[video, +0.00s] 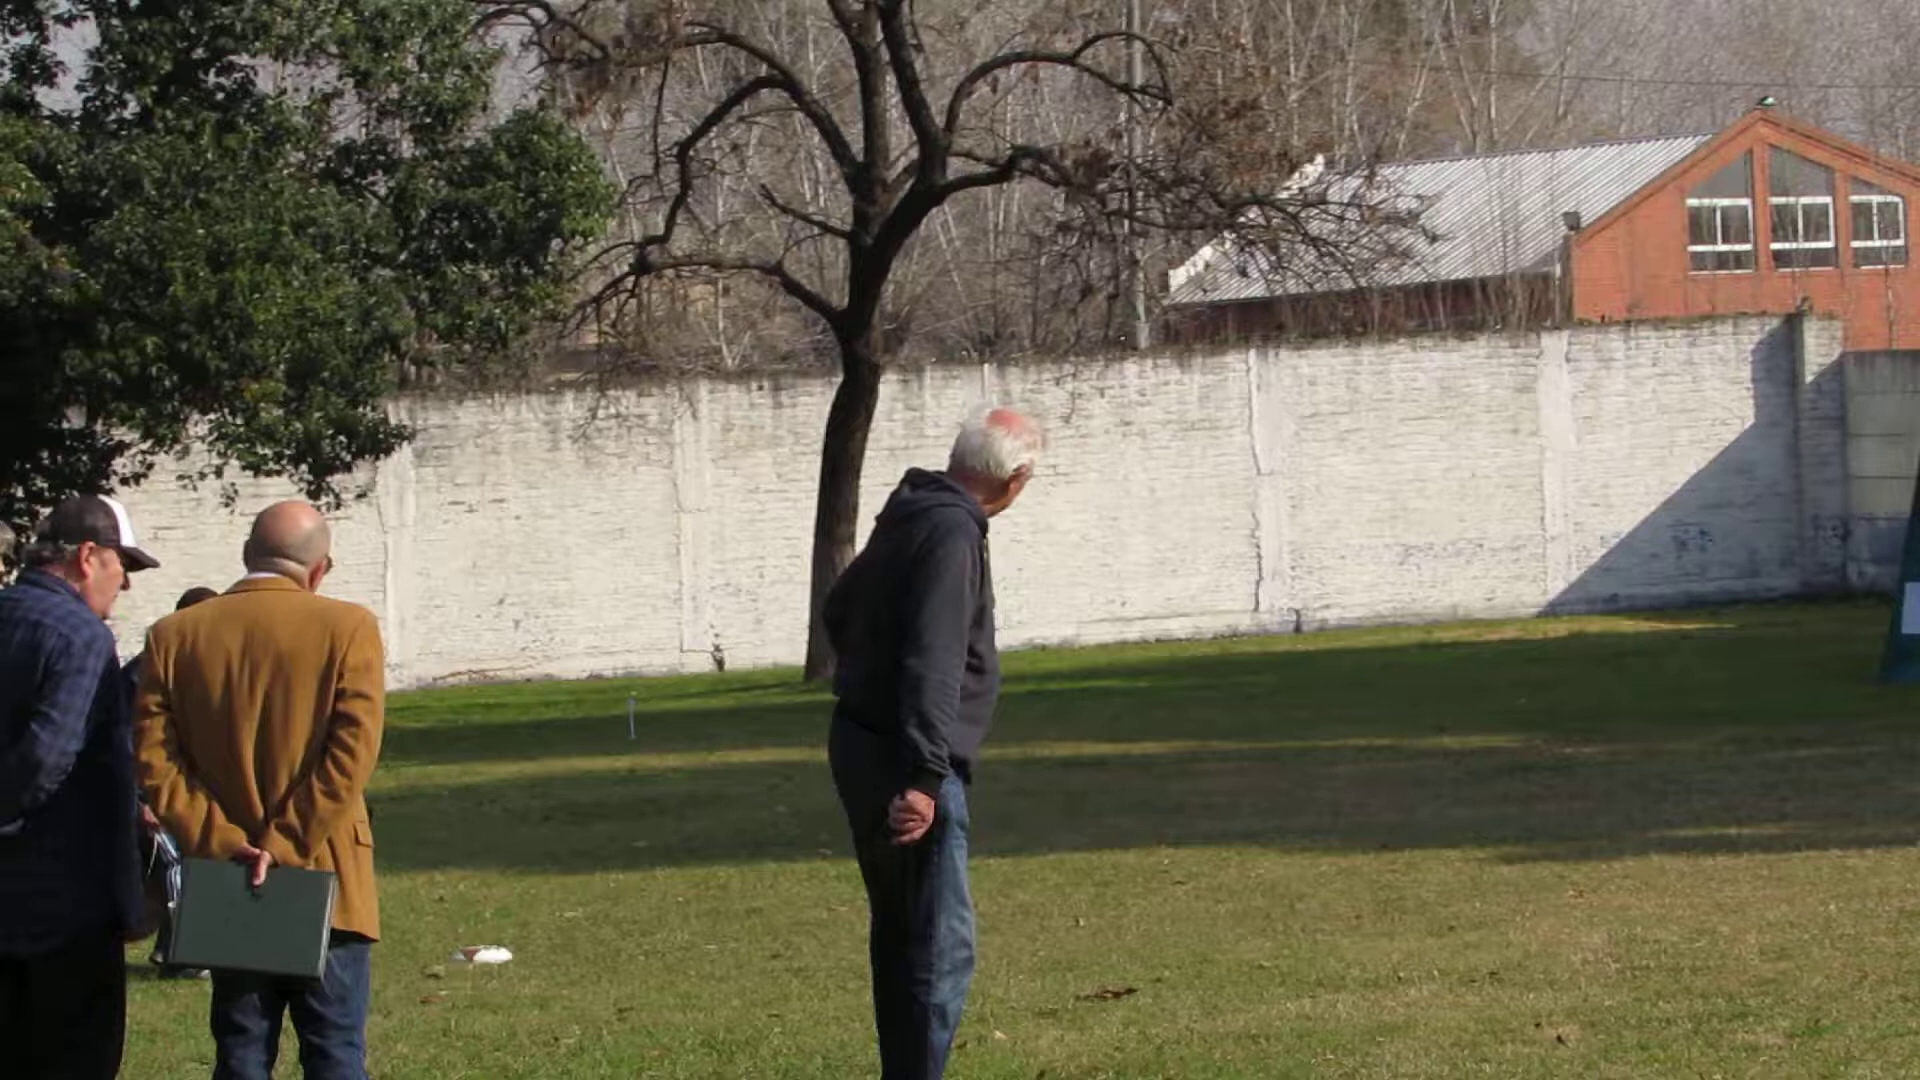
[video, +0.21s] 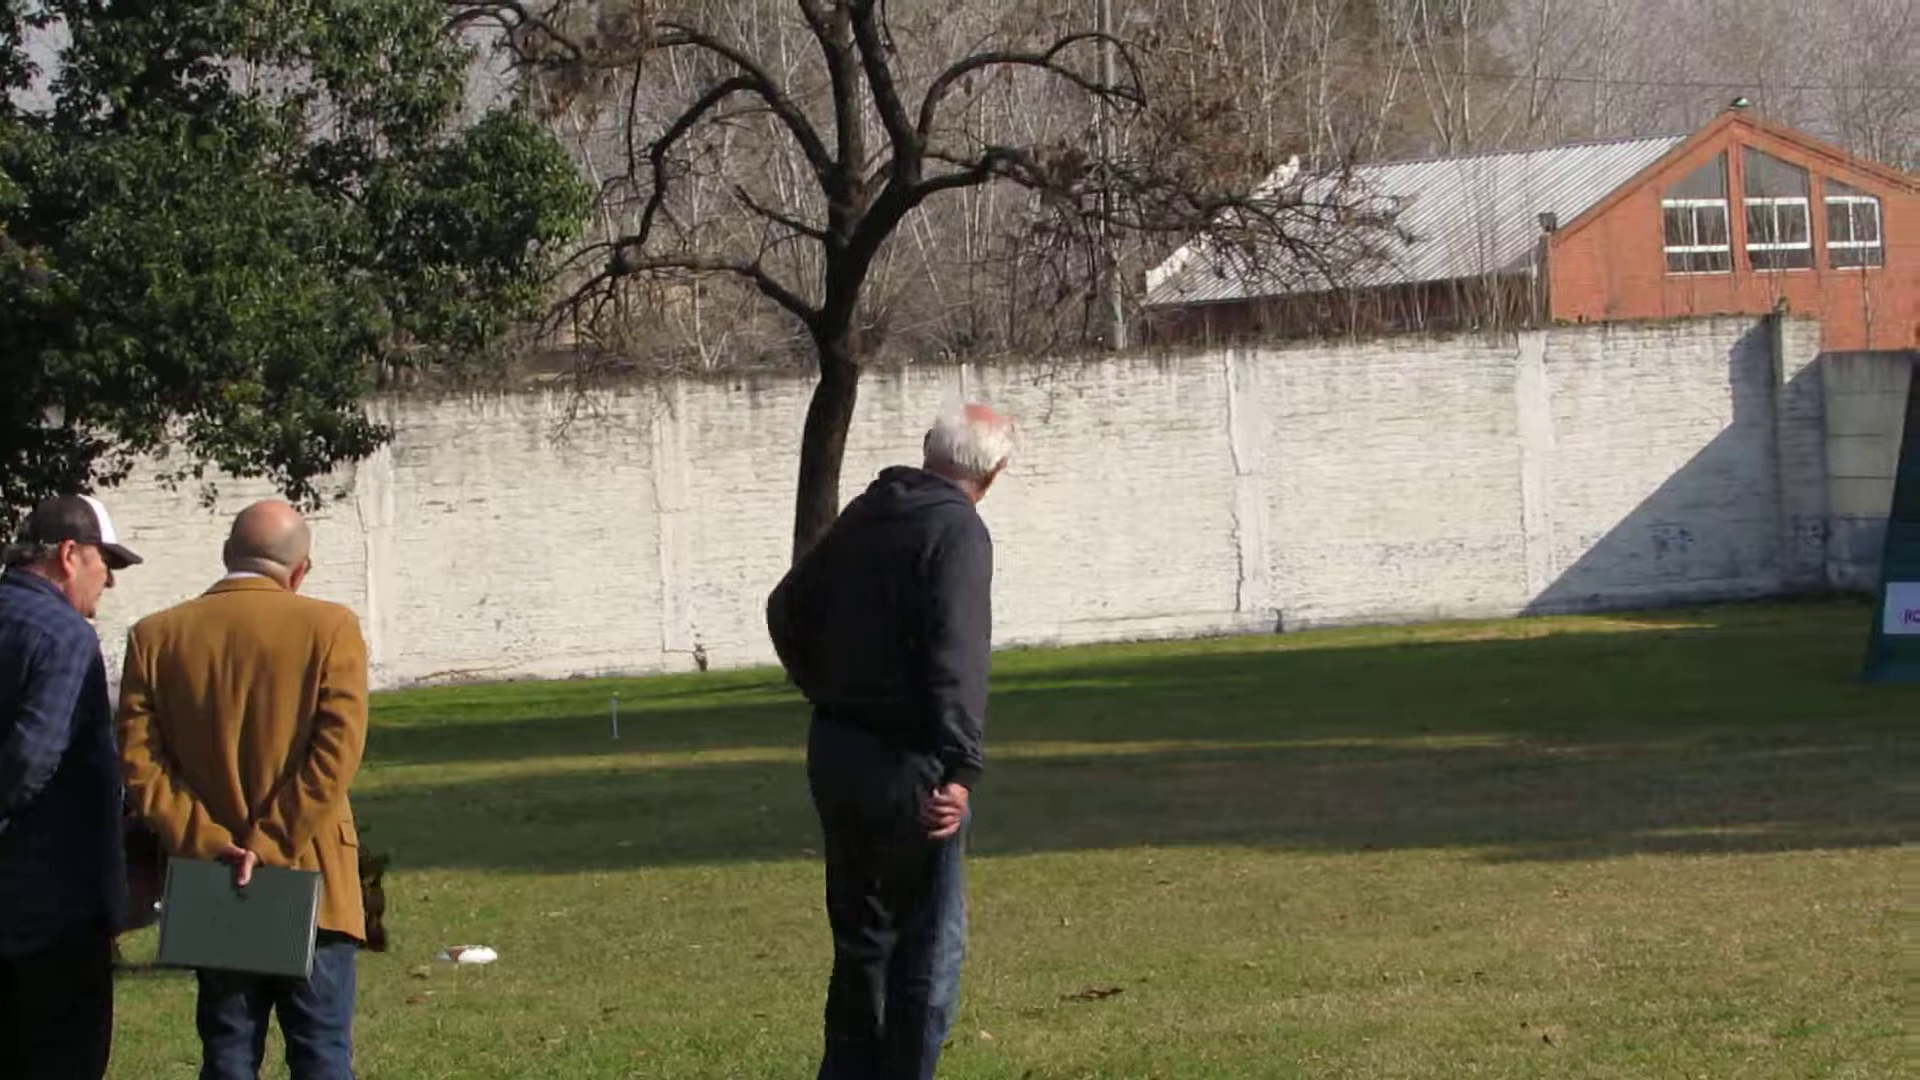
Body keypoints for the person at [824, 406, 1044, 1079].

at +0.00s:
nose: (1027, 486)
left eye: (1030, 475)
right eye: (1030, 476)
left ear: (958, 455)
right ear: (1015, 479)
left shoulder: (911, 514)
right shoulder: (953, 531)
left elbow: (839, 608)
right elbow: (931, 658)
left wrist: (877, 697)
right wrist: (926, 775)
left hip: (872, 754)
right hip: (916, 765)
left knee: (904, 937)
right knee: (941, 949)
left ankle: (905, 1067)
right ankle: (918, 1069)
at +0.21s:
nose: (1005, 471)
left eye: (1005, 459)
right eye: (1005, 462)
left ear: (929, 451)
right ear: (991, 470)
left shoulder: (868, 510)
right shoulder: (957, 530)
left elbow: (786, 605)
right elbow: (958, 653)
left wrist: (828, 698)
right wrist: (960, 767)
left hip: (838, 746)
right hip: (911, 758)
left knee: (861, 930)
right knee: (932, 937)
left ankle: (848, 1069)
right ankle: (908, 1066)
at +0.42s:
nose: (970, 464)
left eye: (970, 456)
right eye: (970, 456)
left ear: (892, 449)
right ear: (961, 460)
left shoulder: (834, 515)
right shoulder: (958, 523)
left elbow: (754, 616)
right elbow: (976, 652)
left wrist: (793, 708)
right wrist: (986, 761)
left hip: (833, 754)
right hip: (927, 761)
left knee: (847, 929)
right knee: (942, 939)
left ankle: (826, 1067)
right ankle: (914, 1070)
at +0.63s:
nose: (928, 461)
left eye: (925, 453)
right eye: (926, 452)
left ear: (849, 453)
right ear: (916, 457)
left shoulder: (800, 530)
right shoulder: (944, 527)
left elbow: (733, 640)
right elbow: (976, 654)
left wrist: (772, 729)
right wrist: (997, 763)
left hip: (826, 769)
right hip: (929, 766)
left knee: (842, 946)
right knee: (956, 932)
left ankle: (846, 1073)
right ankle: (929, 1071)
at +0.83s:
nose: (791, 468)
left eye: (793, 457)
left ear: (807, 459)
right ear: (873, 455)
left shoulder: (769, 541)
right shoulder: (917, 527)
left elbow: (710, 654)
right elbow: (964, 653)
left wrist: (749, 745)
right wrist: (995, 758)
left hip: (811, 778)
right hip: (916, 770)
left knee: (834, 954)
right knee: (960, 920)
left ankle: (847, 1075)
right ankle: (941, 1072)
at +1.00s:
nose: (771, 472)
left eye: (772, 461)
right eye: (773, 461)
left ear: (787, 461)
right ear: (852, 457)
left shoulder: (757, 542)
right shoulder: (904, 520)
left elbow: (705, 660)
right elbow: (956, 642)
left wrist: (742, 749)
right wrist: (994, 746)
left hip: (808, 773)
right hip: (915, 763)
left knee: (830, 964)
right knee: (945, 936)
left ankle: (845, 1076)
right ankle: (943, 1071)